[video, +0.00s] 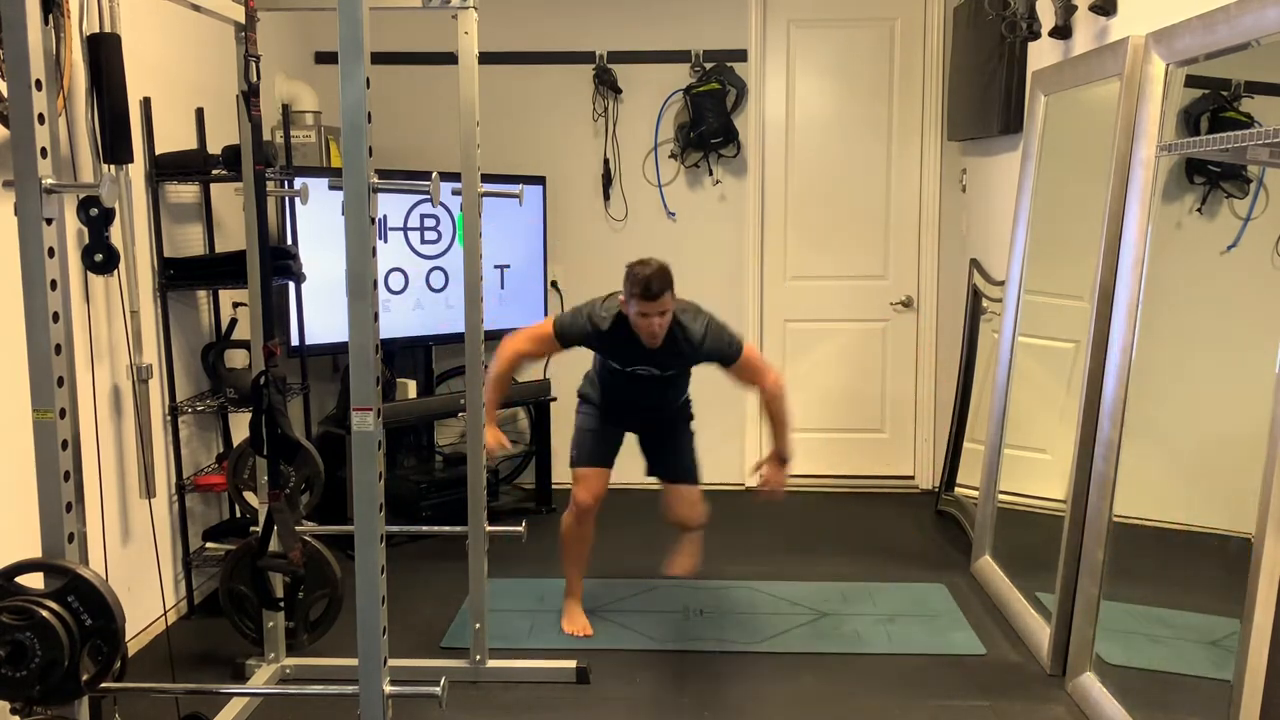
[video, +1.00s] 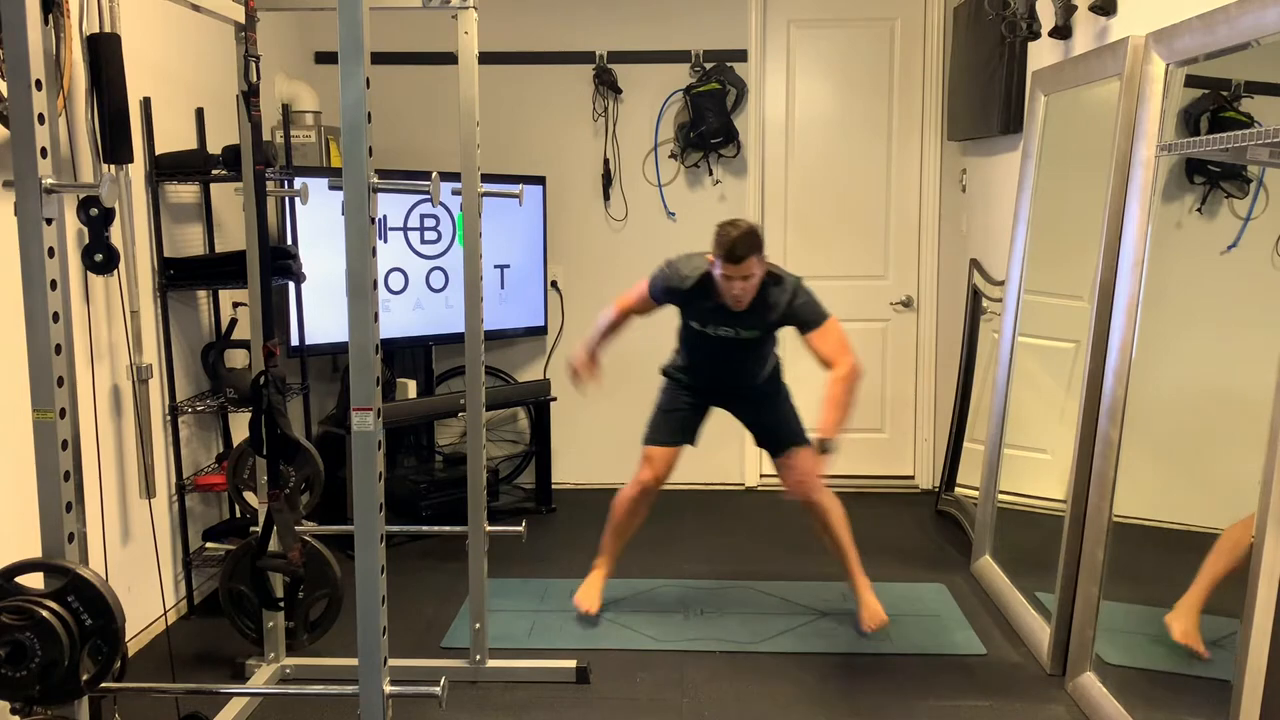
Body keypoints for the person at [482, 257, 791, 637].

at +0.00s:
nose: (657, 324)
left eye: (664, 313)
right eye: (646, 315)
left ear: (673, 302)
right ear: (625, 304)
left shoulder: (697, 328)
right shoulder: (598, 319)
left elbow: (770, 381)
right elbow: (513, 347)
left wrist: (780, 454)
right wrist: (489, 419)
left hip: (666, 411)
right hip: (604, 407)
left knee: (687, 514)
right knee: (585, 501)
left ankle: (692, 530)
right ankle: (573, 601)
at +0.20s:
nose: (708, 292)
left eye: (715, 280)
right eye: (698, 283)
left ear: (727, 267)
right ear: (680, 273)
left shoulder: (751, 267)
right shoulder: (660, 311)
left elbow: (810, 264)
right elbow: (641, 404)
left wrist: (824, 311)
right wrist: (702, 468)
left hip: (746, 374)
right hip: (683, 386)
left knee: (791, 475)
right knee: (642, 480)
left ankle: (851, 571)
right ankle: (596, 579)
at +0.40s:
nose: (787, 309)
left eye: (794, 297)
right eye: (775, 299)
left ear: (804, 284)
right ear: (754, 289)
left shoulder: (815, 285)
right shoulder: (741, 342)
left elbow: (814, 259)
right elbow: (815, 416)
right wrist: (870, 360)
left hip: (816, 392)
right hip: (761, 411)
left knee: (843, 505)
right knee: (781, 516)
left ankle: (879, 597)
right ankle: (803, 501)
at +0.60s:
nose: (817, 331)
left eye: (825, 318)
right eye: (804, 321)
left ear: (834, 305)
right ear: (784, 310)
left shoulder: (839, 304)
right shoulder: (769, 361)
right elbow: (850, 424)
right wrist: (879, 348)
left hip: (838, 406)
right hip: (793, 433)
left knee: (857, 509)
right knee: (849, 497)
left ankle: (881, 597)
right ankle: (896, 502)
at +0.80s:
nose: (794, 314)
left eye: (803, 303)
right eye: (784, 304)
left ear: (816, 290)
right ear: (766, 290)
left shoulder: (838, 313)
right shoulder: (740, 327)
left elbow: (897, 354)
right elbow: (741, 413)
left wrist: (924, 414)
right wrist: (818, 439)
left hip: (824, 404)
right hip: (767, 408)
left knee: (846, 506)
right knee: (762, 516)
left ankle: (882, 598)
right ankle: (802, 512)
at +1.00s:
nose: (738, 289)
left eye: (748, 278)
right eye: (729, 279)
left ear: (763, 265)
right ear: (713, 266)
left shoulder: (786, 293)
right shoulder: (684, 279)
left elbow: (845, 364)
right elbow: (625, 308)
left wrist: (824, 442)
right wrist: (589, 349)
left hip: (758, 388)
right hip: (690, 383)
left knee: (807, 484)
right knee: (647, 480)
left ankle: (862, 587)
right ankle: (599, 573)